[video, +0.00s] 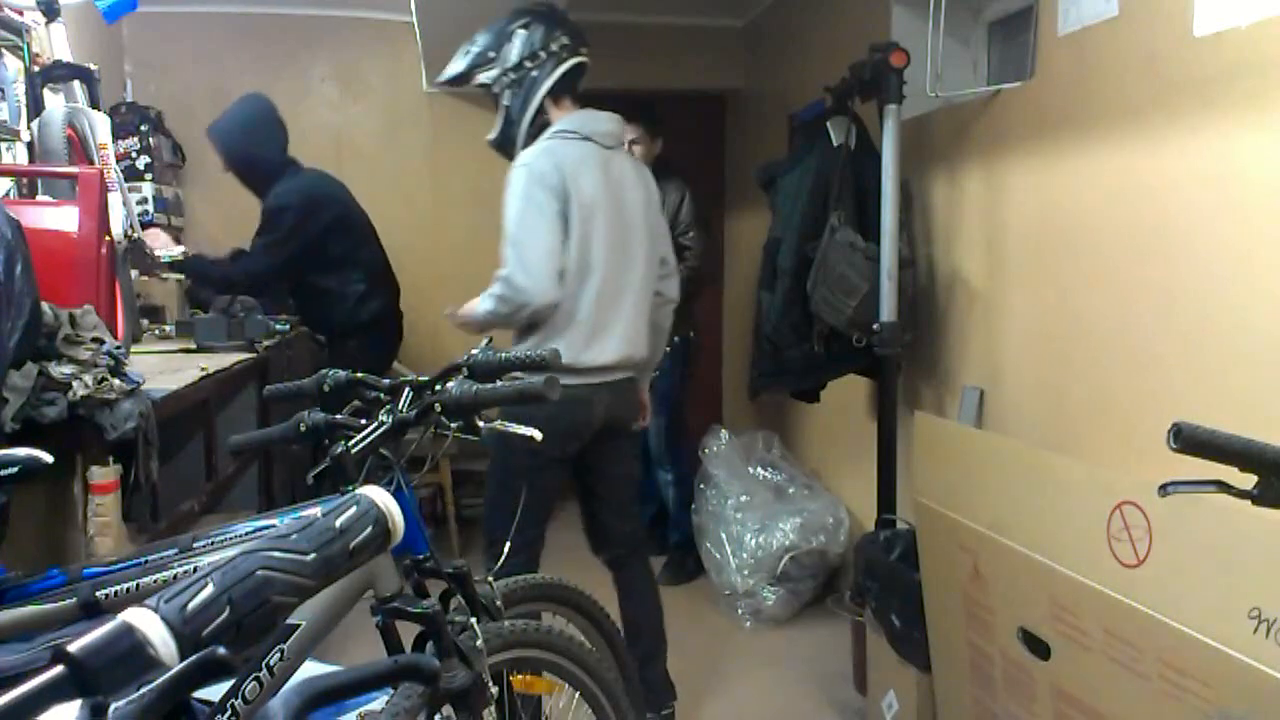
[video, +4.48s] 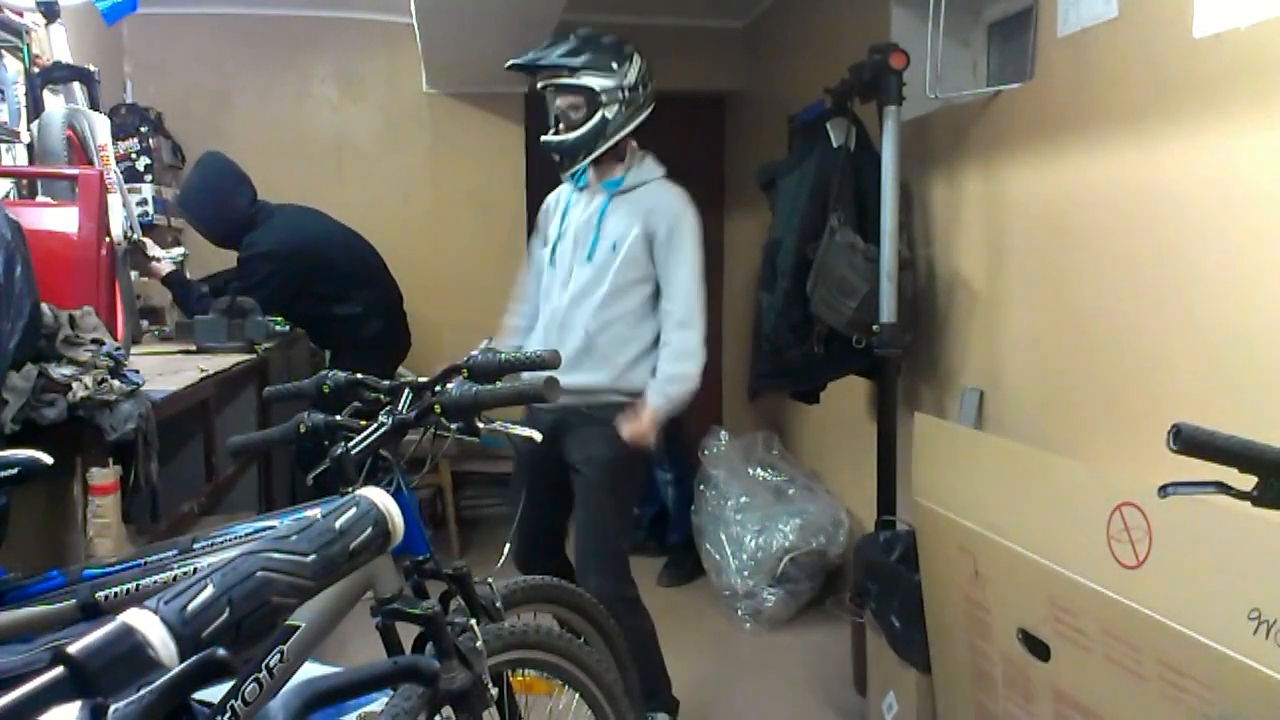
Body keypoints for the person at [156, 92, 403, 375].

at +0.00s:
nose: (225, 169)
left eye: (228, 156)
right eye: (224, 158)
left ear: (248, 151)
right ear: (267, 143)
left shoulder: (292, 200)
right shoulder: (309, 186)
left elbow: (253, 278)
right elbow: (266, 271)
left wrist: (178, 260)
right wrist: (196, 263)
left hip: (356, 343)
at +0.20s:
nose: (218, 192)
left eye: (218, 182)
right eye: (215, 183)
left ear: (234, 178)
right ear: (260, 162)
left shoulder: (282, 219)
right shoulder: (298, 195)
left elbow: (220, 292)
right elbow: (254, 253)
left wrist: (166, 269)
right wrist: (192, 242)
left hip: (360, 341)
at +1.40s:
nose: (210, 228)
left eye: (208, 220)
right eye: (205, 220)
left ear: (222, 216)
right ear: (251, 192)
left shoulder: (272, 253)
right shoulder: (291, 216)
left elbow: (225, 316)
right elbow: (248, 286)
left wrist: (165, 273)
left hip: (367, 347)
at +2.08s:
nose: (217, 225)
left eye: (216, 216)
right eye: (213, 216)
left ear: (231, 211)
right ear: (258, 190)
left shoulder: (275, 254)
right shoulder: (297, 216)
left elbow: (229, 312)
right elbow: (250, 290)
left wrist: (164, 272)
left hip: (370, 349)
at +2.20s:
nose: (217, 226)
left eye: (216, 217)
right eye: (213, 218)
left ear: (229, 214)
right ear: (257, 191)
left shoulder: (275, 253)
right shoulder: (296, 216)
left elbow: (220, 315)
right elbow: (268, 264)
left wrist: (164, 273)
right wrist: (227, 278)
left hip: (372, 350)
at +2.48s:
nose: (213, 224)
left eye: (212, 215)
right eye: (209, 216)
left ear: (226, 212)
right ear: (251, 194)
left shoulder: (273, 251)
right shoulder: (286, 217)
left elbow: (233, 316)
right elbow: (249, 281)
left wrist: (170, 275)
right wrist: (195, 257)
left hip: (380, 348)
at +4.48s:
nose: (203, 233)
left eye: (201, 223)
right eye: (198, 224)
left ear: (215, 218)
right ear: (239, 195)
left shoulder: (266, 252)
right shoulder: (279, 220)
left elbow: (220, 319)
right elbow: (244, 279)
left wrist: (168, 276)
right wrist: (186, 285)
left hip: (367, 350)